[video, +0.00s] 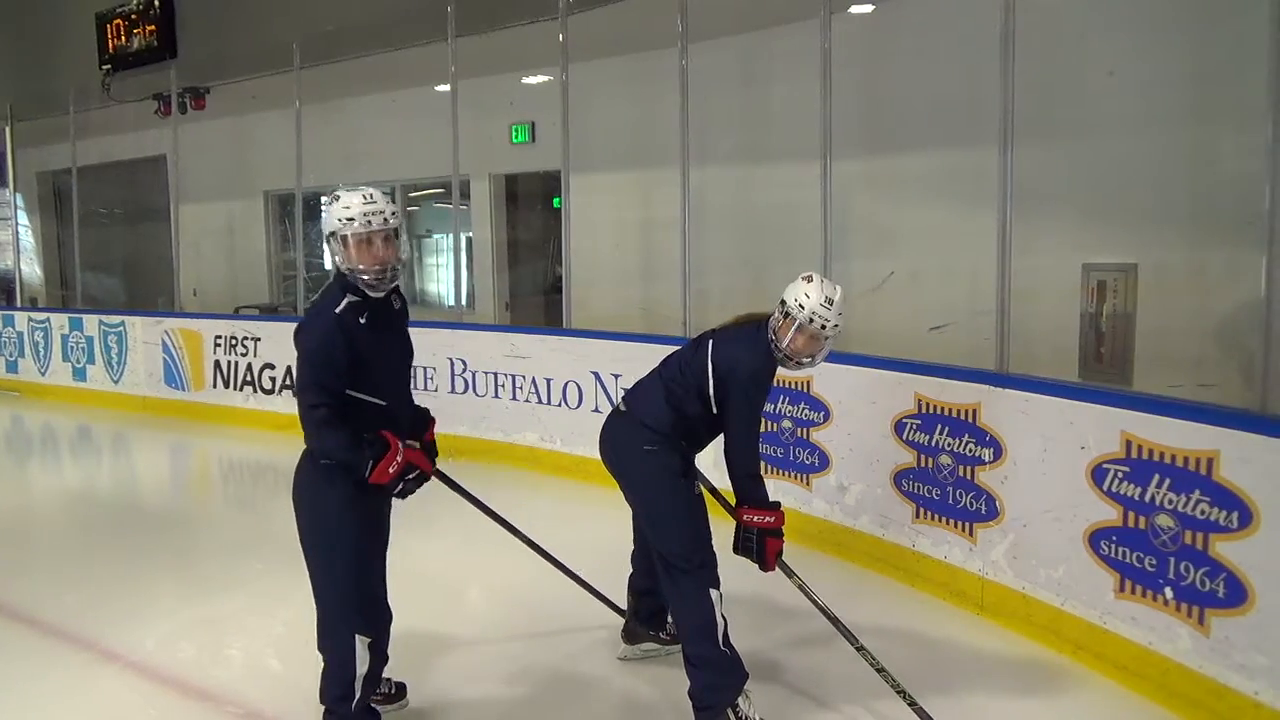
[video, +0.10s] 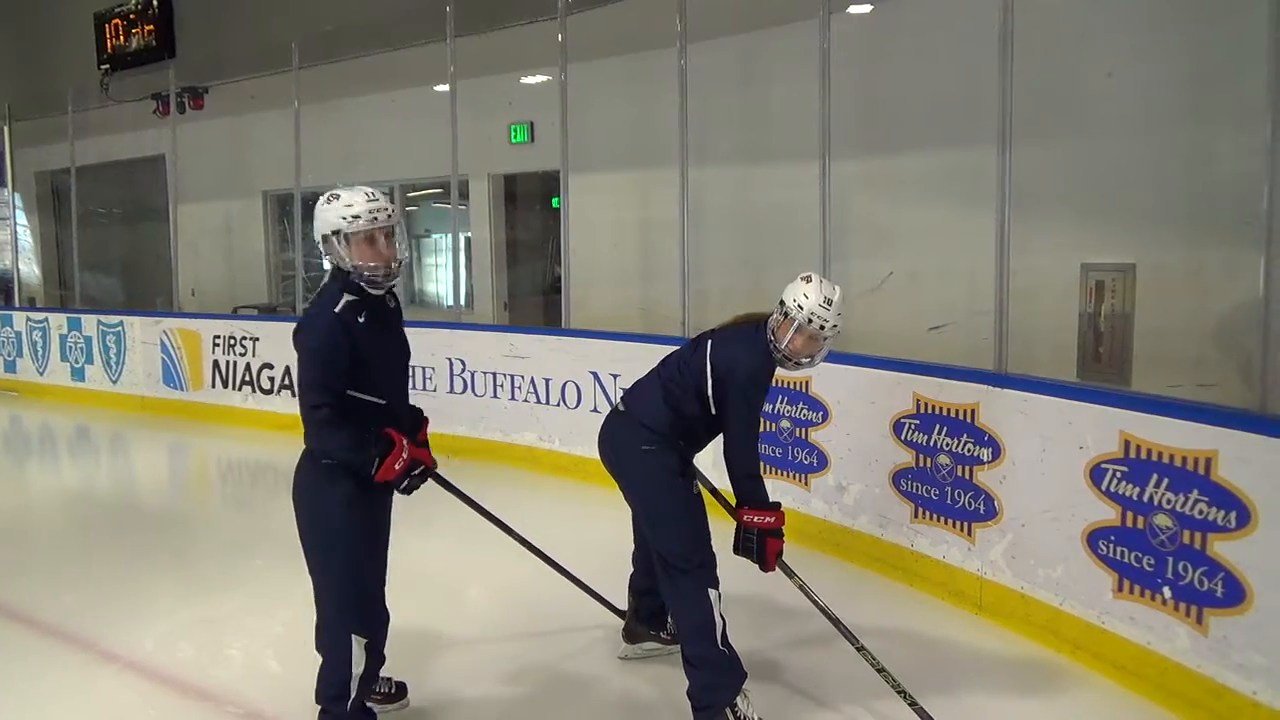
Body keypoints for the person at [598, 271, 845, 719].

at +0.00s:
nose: (803, 344)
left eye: (815, 338)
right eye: (799, 330)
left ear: (826, 342)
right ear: (781, 318)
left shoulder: (751, 337)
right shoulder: (752, 359)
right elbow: (741, 445)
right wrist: (758, 515)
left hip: (630, 434)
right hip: (652, 446)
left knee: (656, 533)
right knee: (693, 569)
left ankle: (644, 623)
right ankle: (718, 703)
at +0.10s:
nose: (802, 345)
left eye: (814, 338)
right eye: (798, 331)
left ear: (826, 342)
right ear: (780, 318)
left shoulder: (751, 336)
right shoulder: (750, 359)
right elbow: (741, 447)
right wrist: (759, 515)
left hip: (630, 433)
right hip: (649, 445)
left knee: (657, 532)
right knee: (692, 568)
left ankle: (645, 622)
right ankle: (717, 702)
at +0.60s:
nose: (790, 344)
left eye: (803, 338)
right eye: (786, 330)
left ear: (817, 344)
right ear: (772, 318)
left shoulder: (742, 336)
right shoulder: (742, 361)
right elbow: (733, 446)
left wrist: (670, 447)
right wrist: (752, 515)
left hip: (622, 433)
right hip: (641, 445)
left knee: (650, 532)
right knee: (685, 567)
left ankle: (640, 622)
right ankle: (709, 702)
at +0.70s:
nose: (792, 345)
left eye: (804, 339)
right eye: (788, 331)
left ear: (817, 344)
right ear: (771, 319)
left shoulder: (741, 337)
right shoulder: (741, 361)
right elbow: (732, 447)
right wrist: (750, 516)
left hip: (622, 433)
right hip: (638, 445)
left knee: (649, 531)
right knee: (683, 567)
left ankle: (639, 621)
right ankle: (707, 703)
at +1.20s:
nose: (785, 347)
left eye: (797, 340)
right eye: (782, 333)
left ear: (810, 343)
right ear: (764, 320)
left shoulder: (735, 338)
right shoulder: (733, 361)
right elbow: (724, 446)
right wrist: (742, 516)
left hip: (616, 434)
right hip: (631, 445)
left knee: (643, 532)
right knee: (676, 567)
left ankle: (633, 621)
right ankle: (701, 703)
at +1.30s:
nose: (785, 346)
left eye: (797, 340)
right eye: (781, 333)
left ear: (809, 343)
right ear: (762, 320)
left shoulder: (733, 338)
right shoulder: (732, 361)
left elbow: (723, 436)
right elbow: (723, 447)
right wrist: (742, 516)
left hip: (614, 434)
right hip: (628, 445)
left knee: (641, 532)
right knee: (675, 567)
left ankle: (632, 622)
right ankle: (700, 703)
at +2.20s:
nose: (777, 347)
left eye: (790, 341)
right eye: (773, 333)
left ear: (803, 343)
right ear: (756, 320)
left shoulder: (727, 340)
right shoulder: (725, 362)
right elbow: (715, 449)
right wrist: (734, 517)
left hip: (606, 434)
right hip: (620, 445)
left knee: (633, 532)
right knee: (665, 569)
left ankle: (624, 621)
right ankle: (690, 703)